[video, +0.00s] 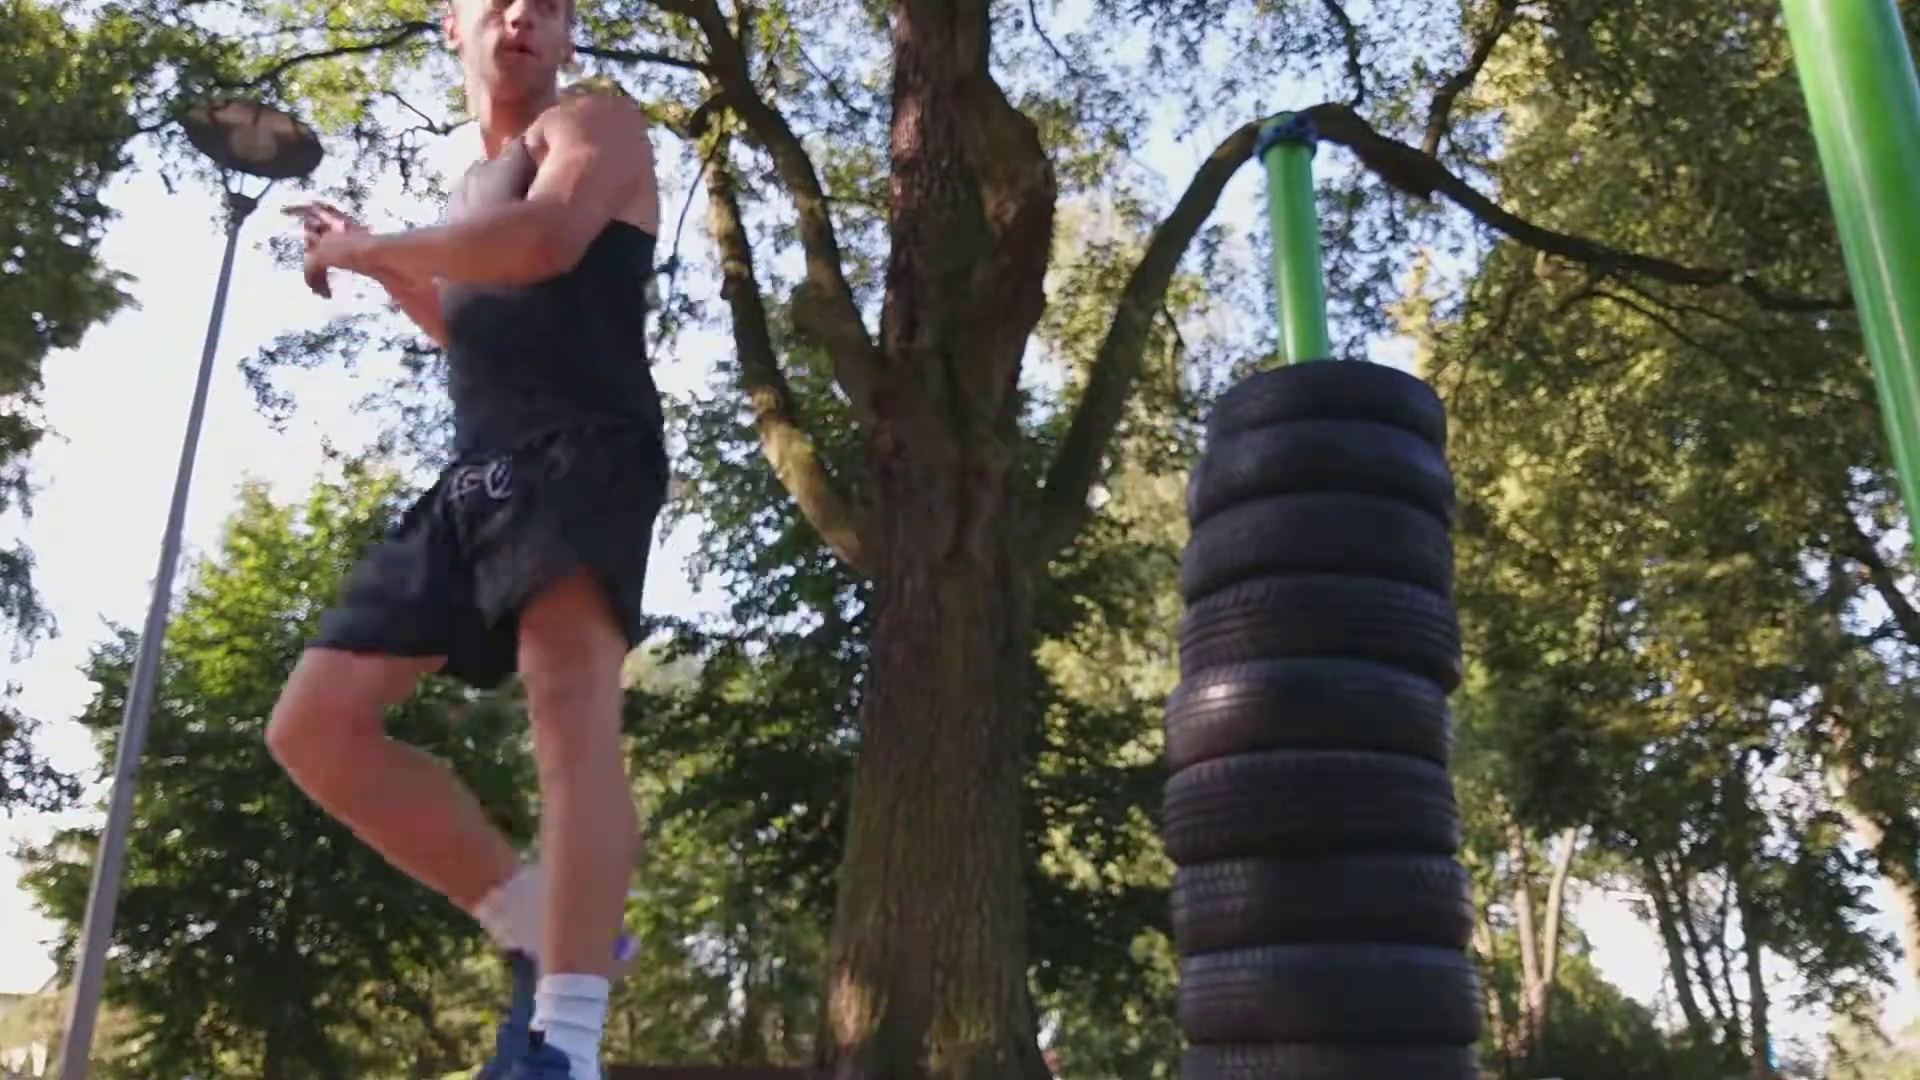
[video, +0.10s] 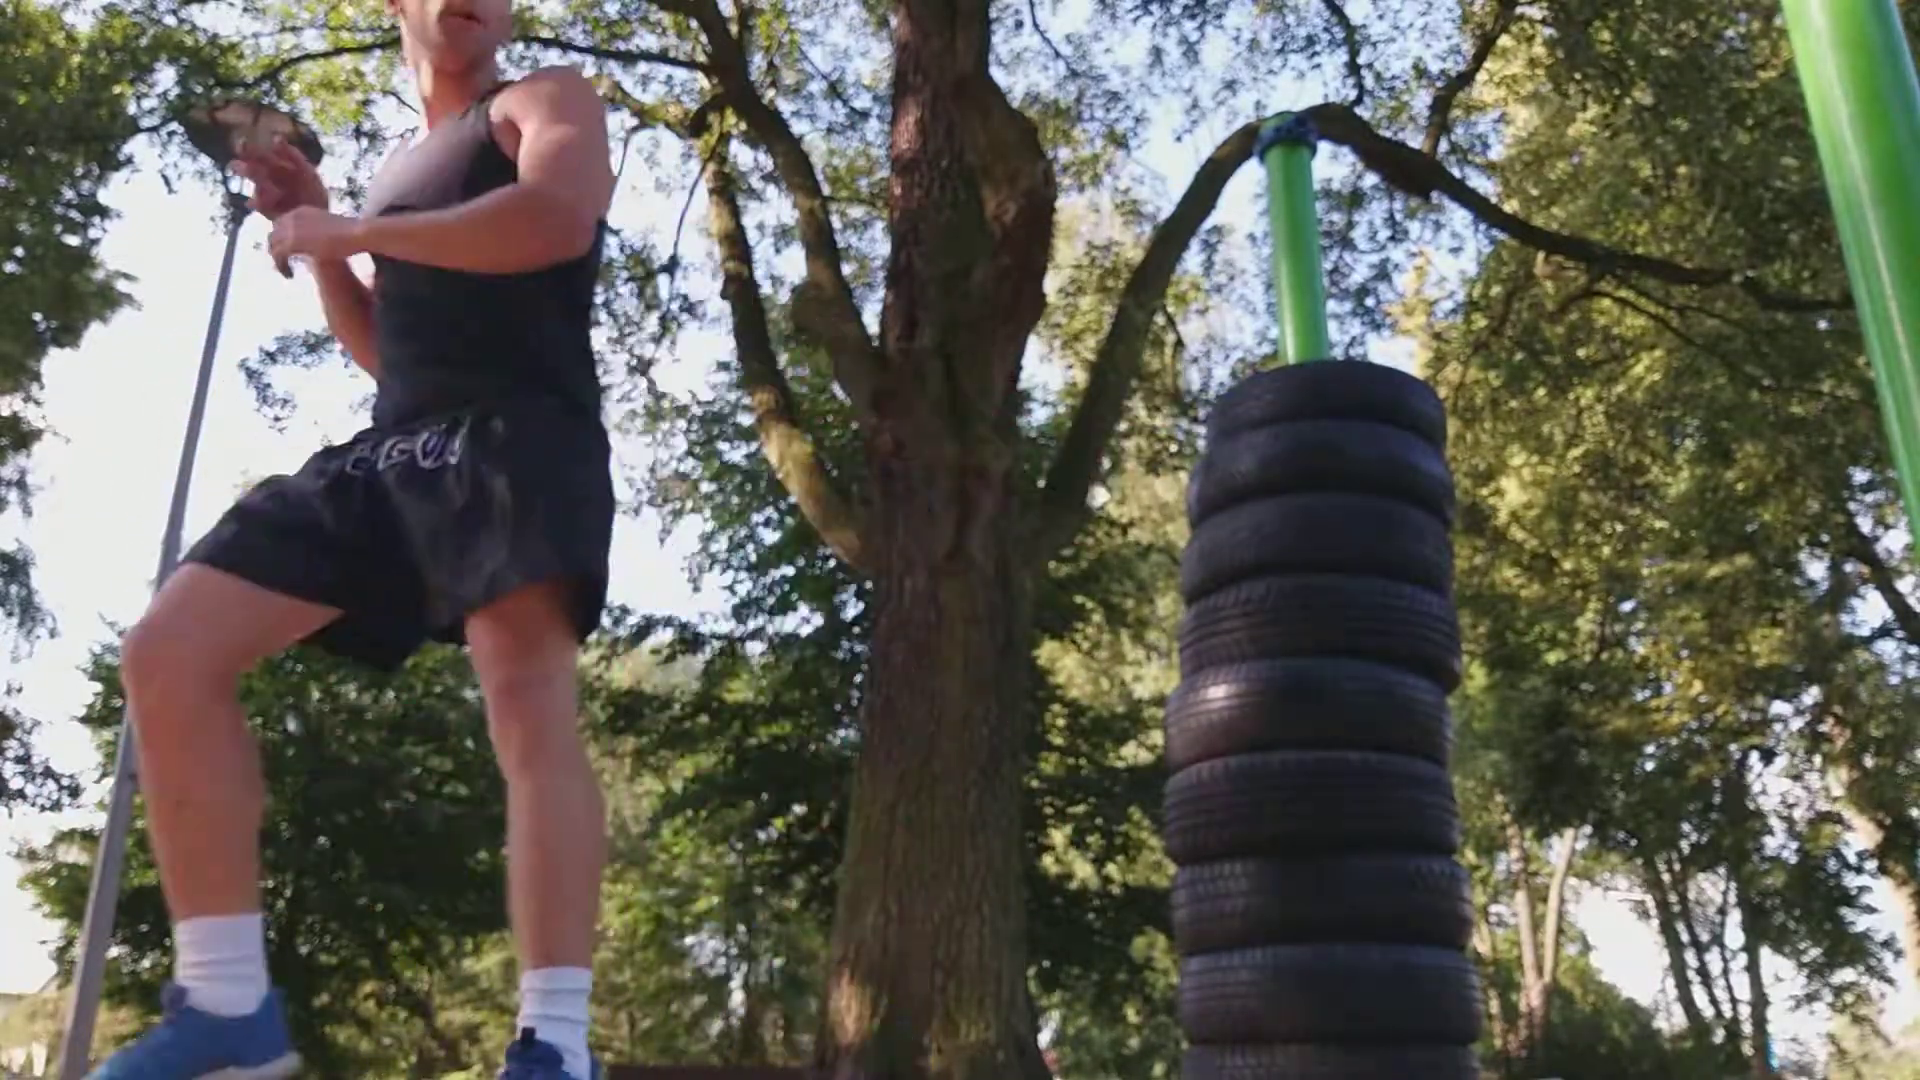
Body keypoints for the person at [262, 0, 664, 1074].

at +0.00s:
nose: (524, 17)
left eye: (546, 4)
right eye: (498, 0)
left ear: (570, 31)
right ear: (452, 28)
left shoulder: (595, 118)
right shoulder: (471, 188)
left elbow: (551, 240)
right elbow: (473, 338)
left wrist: (372, 246)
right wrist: (381, 267)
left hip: (577, 454)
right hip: (474, 478)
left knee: (567, 695)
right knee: (313, 730)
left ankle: (563, 1047)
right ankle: (554, 937)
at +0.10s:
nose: (460, 2)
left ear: (507, 12)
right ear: (401, 16)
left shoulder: (549, 92)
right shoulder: (388, 176)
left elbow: (561, 220)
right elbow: (376, 349)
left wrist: (356, 235)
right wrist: (316, 225)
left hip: (512, 437)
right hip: (387, 455)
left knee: (524, 689)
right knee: (169, 651)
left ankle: (554, 1044)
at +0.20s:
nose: (401, 5)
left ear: (441, 15)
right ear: (344, 11)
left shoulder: (495, 103)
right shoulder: (287, 142)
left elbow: (564, 240)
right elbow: (203, 313)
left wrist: (379, 266)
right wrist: (252, 201)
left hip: (443, 427)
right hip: (289, 437)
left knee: (474, 694)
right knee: (85, 664)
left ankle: (538, 1042)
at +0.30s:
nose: (421, 7)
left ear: (398, 19)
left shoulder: (432, 141)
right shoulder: (181, 84)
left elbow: (542, 293)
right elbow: (47, 243)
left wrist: (437, 242)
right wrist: (167, 175)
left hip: (365, 466)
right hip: (182, 443)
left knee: (421, 691)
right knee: (10, 655)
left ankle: (453, 1035)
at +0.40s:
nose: (416, 6)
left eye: (419, 1)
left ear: (386, 21)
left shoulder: (392, 123)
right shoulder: (174, 22)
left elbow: (453, 308)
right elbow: (10, 140)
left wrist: (429, 220)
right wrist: (125, 129)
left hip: (310, 423)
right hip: (134, 398)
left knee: (378, 645)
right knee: (3, 674)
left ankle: (312, 1009)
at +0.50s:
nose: (411, 5)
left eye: (414, 4)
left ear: (375, 12)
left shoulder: (369, 113)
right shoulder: (163, 10)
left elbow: (383, 310)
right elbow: (2, 93)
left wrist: (408, 256)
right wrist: (131, 93)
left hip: (278, 412)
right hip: (108, 373)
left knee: (336, 663)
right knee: (0, 616)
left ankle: (200, 983)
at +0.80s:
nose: (416, 92)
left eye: (422, 72)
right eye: (410, 62)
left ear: (348, 41)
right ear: (338, 29)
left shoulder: (325, 198)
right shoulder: (187, 81)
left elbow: (246, 365)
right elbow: (54, 180)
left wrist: (348, 368)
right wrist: (260, 224)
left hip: (244, 510)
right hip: (95, 476)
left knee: (344, 727)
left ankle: (192, 998)